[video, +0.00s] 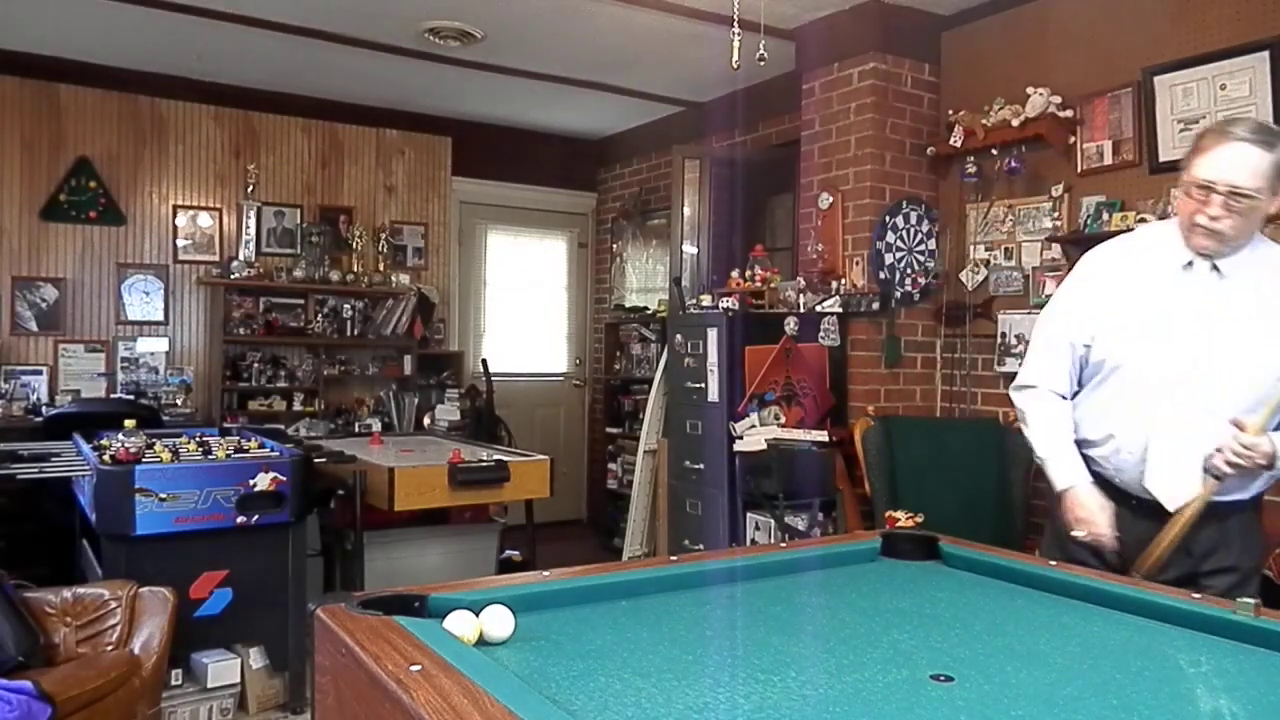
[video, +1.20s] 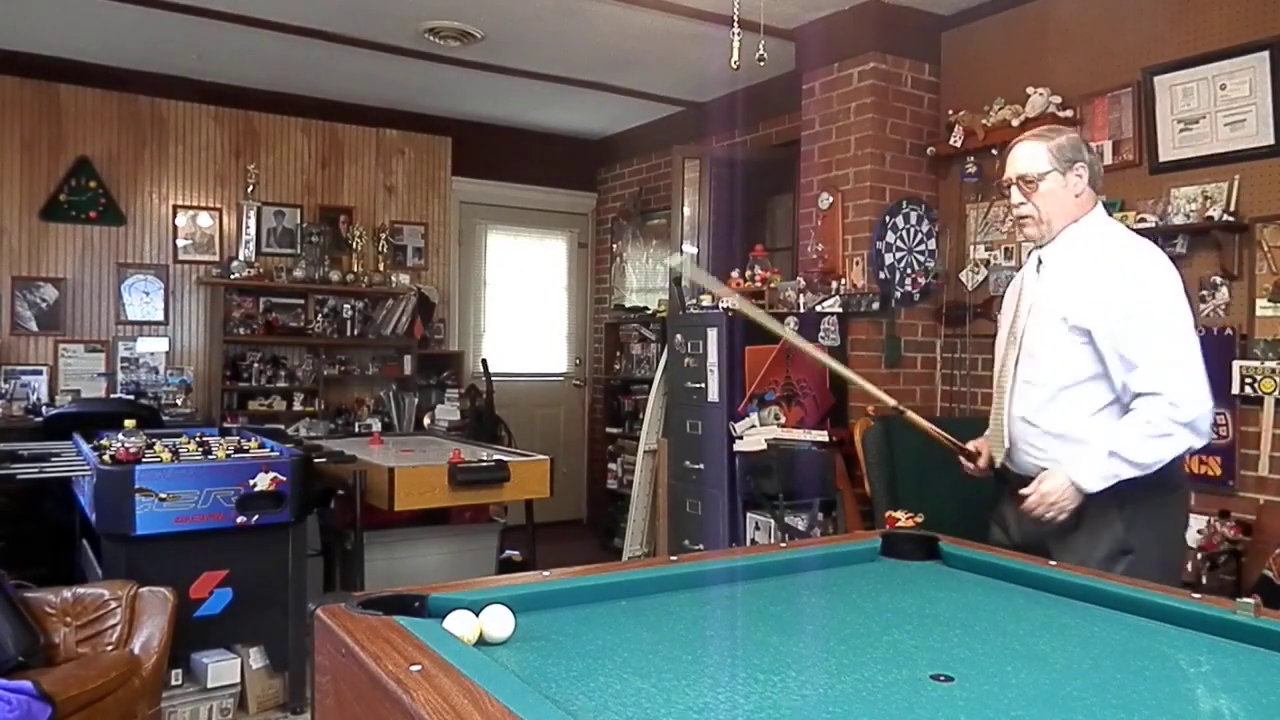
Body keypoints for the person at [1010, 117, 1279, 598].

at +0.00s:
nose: (1212, 211)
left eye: (1238, 198)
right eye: (1202, 190)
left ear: (1270, 206)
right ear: (1179, 185)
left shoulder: (1274, 278)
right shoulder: (1110, 266)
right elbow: (1038, 385)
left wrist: (1270, 452)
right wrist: (1075, 488)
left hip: (1224, 532)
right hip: (1102, 520)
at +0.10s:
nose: (1178, 203)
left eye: (1202, 188)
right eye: (1166, 185)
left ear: (1248, 188)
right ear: (1150, 182)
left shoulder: (1270, 278)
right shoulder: (1094, 269)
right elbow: (1033, 383)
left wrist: (1245, 442)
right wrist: (1051, 482)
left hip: (1213, 530)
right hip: (1094, 518)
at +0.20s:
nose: (1145, 197)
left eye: (1165, 182)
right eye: (1133, 182)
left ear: (1217, 181)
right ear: (1122, 184)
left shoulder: (1263, 277)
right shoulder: (1080, 272)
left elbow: (1275, 413)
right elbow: (1029, 384)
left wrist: (1217, 432)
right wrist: (1037, 480)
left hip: (1203, 526)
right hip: (1083, 515)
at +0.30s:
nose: (1112, 195)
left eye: (1131, 178)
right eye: (1103, 180)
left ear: (1182, 174)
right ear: (1094, 181)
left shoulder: (1245, 274)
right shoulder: (1066, 277)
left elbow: (1271, 407)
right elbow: (1024, 390)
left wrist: (1187, 417)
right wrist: (1026, 478)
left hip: (1196, 524)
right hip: (1084, 517)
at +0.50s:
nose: (1057, 197)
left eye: (1072, 178)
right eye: (1048, 187)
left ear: (1121, 171)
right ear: (1043, 194)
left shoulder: (1196, 261)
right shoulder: (1043, 288)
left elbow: (1251, 380)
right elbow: (1015, 399)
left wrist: (1130, 403)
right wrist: (1011, 471)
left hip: (1182, 513)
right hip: (1076, 510)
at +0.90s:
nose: (1005, 200)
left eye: (1017, 181)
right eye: (998, 191)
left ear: (1063, 174)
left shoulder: (1136, 250)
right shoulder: (1016, 292)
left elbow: (1204, 371)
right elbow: (1018, 389)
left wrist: (1107, 440)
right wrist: (1009, 459)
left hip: (1148, 494)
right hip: (1052, 498)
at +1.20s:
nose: (1014, 199)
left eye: (1029, 182)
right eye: (1008, 187)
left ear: (1077, 181)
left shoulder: (1127, 264)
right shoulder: (1033, 270)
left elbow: (1181, 409)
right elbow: (1044, 383)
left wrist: (1077, 477)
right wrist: (996, 440)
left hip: (1115, 512)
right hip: (1026, 502)